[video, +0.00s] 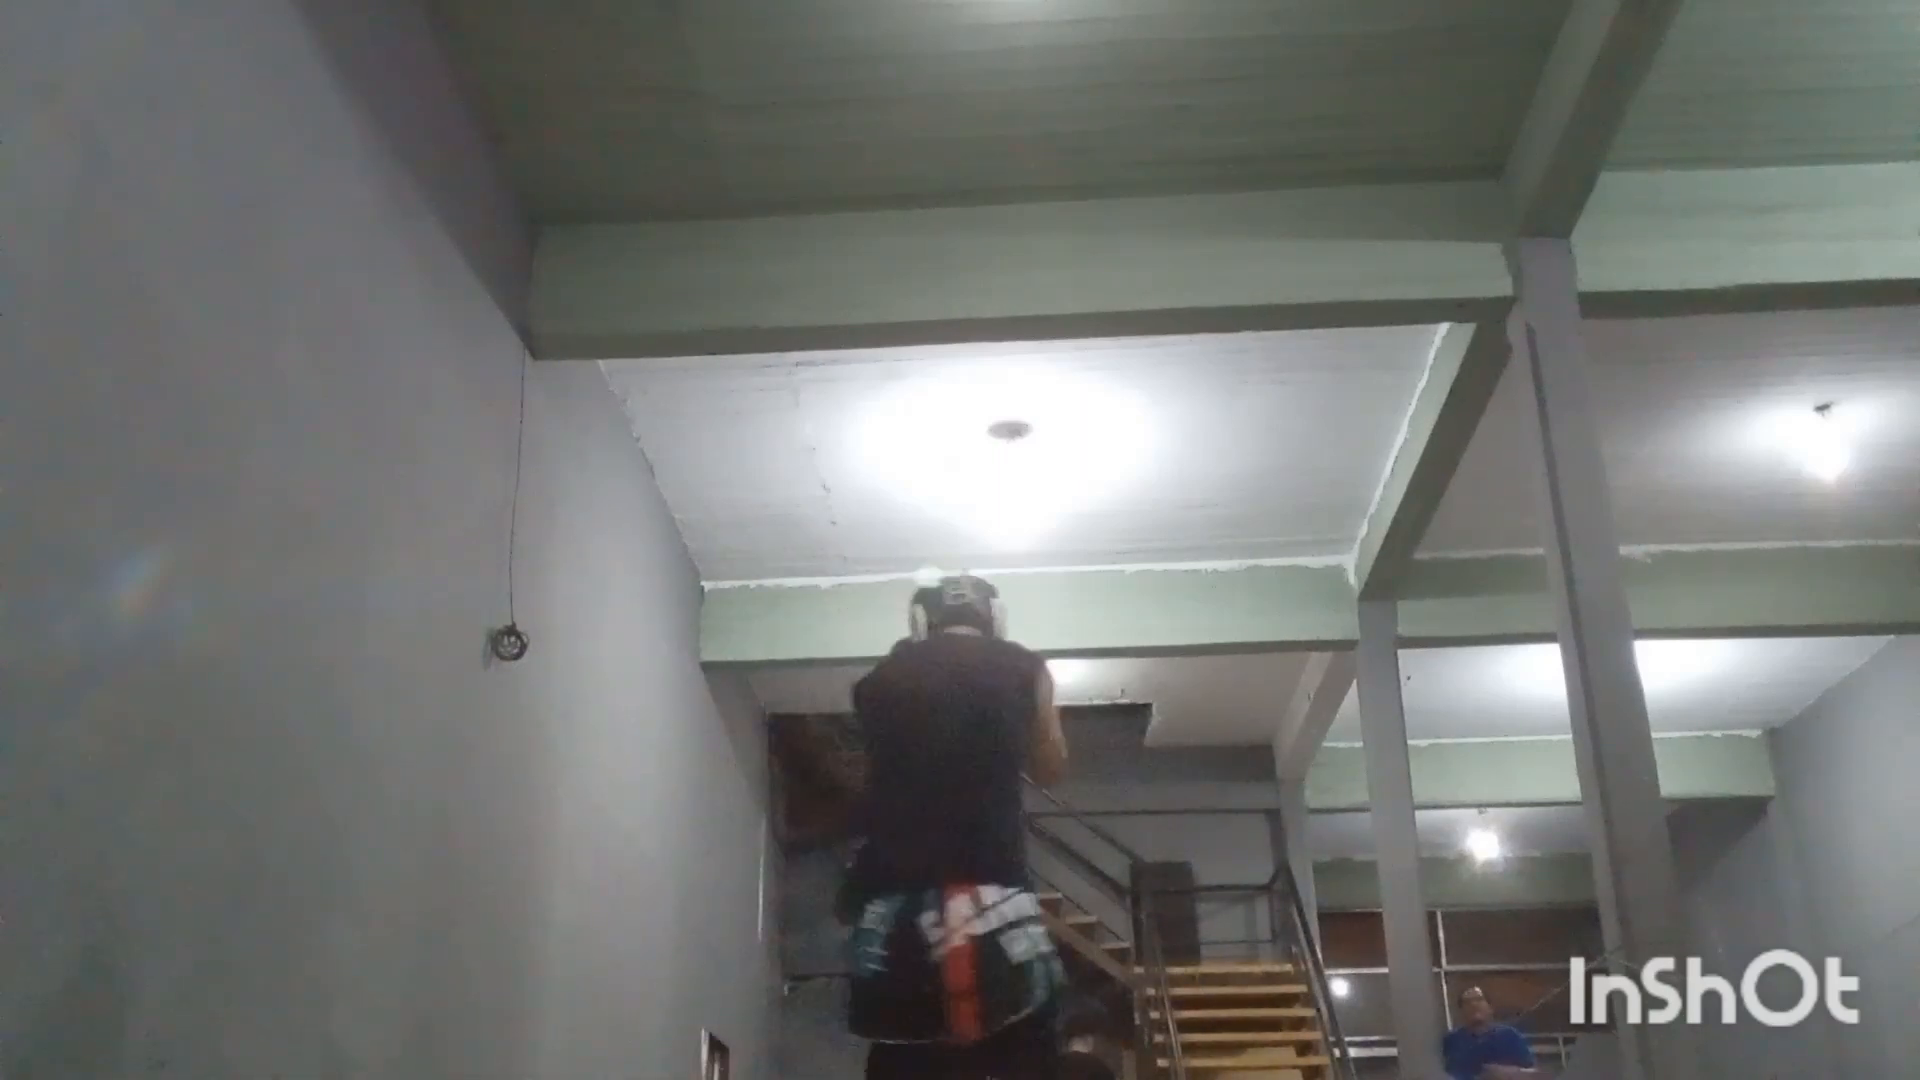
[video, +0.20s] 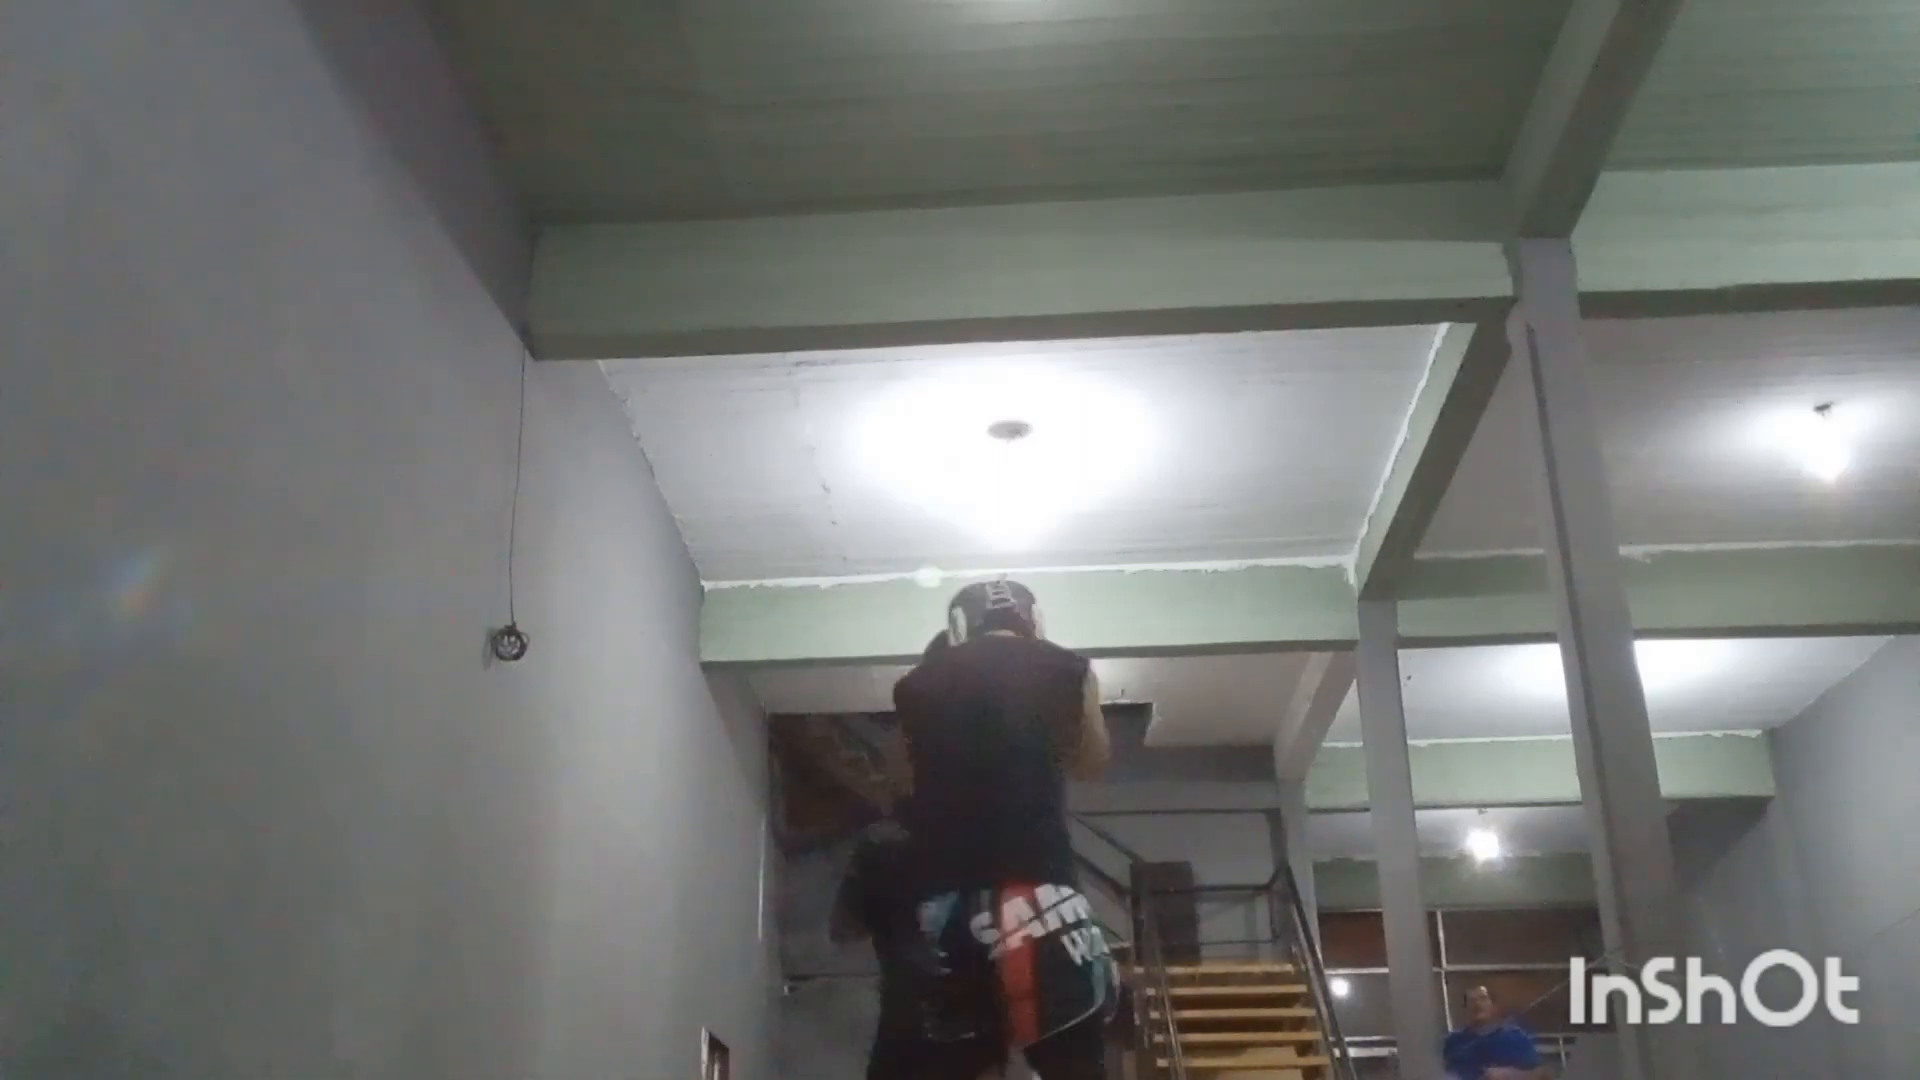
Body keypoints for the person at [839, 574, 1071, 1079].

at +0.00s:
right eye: (995, 611)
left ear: (924, 621)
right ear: (991, 619)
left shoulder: (879, 679)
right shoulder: (1023, 667)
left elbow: (875, 778)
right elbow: (1049, 768)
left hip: (890, 905)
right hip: (995, 902)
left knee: (900, 1061)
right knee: (1010, 1061)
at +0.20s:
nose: (1036, 626)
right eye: (1034, 619)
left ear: (963, 625)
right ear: (1030, 623)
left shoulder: (917, 685)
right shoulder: (1068, 670)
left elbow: (914, 781)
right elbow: (1092, 763)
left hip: (937, 907)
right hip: (1043, 902)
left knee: (942, 1068)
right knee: (1075, 1067)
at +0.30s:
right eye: (1052, 621)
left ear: (977, 627)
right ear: (1045, 623)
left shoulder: (931, 686)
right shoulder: (1082, 670)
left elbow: (898, 781)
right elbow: (1112, 761)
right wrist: (1049, 740)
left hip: (957, 904)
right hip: (1063, 900)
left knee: (989, 1067)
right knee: (1080, 1063)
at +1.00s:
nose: (1009, 648)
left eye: (1009, 641)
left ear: (1017, 642)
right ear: (1083, 636)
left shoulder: (977, 698)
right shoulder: (1127, 681)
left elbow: (934, 798)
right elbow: (1161, 779)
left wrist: (939, 757)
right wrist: (1106, 739)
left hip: (1012, 904)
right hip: (1112, 896)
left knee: (1029, 1059)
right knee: (1126, 1060)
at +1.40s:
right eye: (1080, 650)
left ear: (1005, 654)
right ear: (1072, 649)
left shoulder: (962, 709)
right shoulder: (1108, 694)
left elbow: (914, 800)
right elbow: (1148, 793)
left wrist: (981, 789)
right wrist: (1130, 735)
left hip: (980, 923)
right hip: (1073, 920)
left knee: (1000, 1067)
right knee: (1074, 1068)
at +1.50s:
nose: (1086, 660)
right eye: (1082, 653)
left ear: (1007, 659)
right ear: (1073, 654)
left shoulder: (961, 711)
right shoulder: (1108, 701)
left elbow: (908, 800)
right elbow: (1146, 799)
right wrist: (1134, 741)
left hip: (973, 915)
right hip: (1066, 913)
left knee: (999, 1062)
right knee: (1060, 1061)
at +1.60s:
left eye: (994, 663)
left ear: (1004, 662)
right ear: (1070, 657)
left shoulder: (957, 714)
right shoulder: (1109, 706)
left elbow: (953, 812)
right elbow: (1136, 798)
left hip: (972, 893)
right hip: (1066, 894)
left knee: (991, 1055)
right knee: (1060, 1051)